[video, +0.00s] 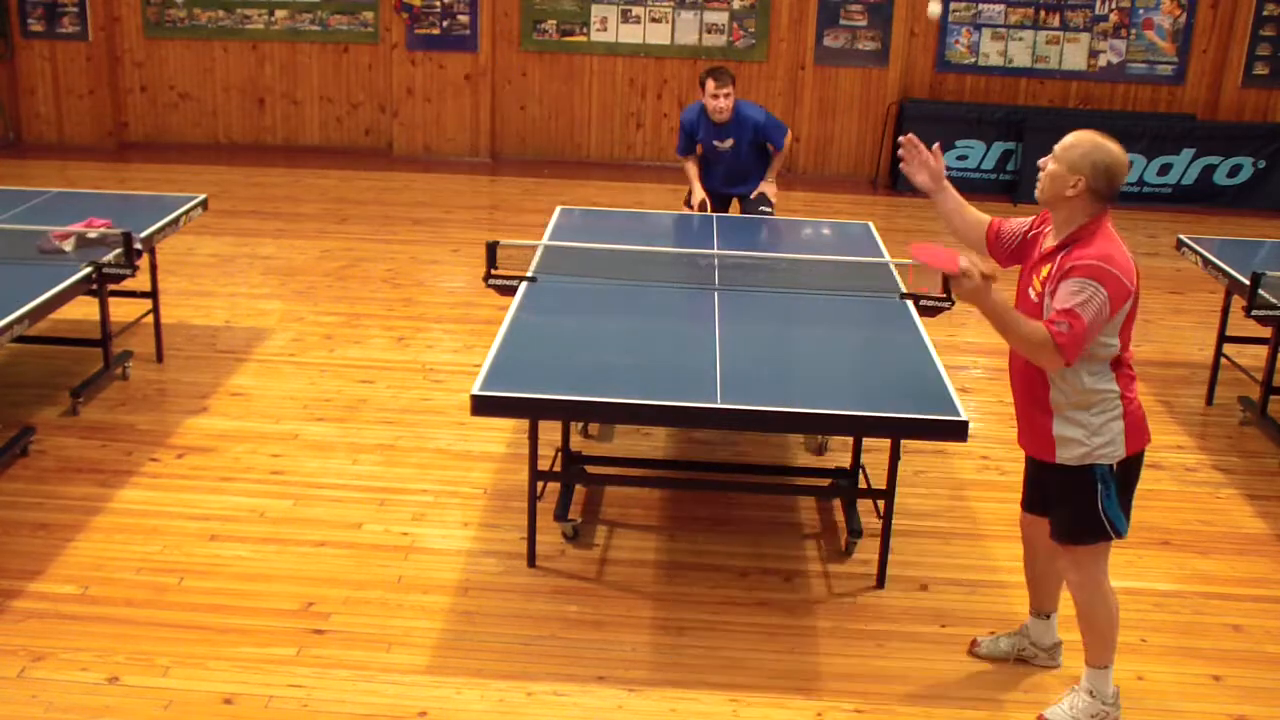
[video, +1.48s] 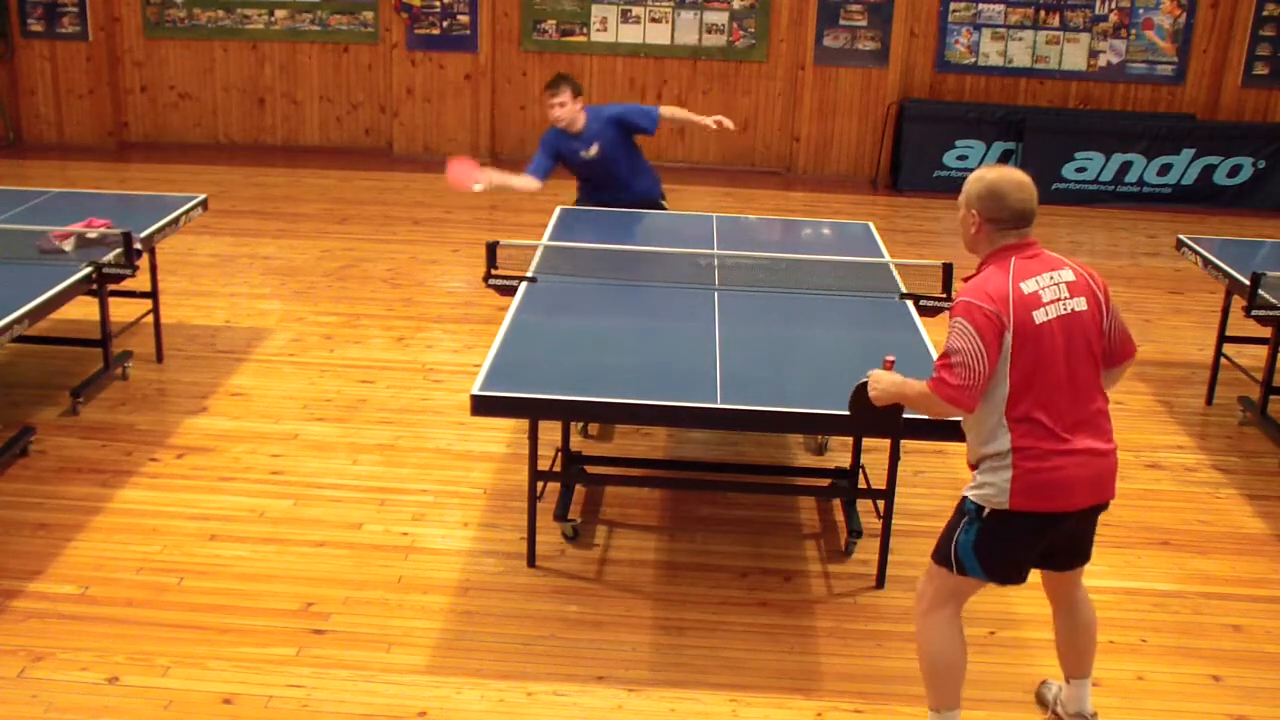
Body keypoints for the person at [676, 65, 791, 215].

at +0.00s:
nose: (722, 104)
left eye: (727, 96)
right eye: (715, 97)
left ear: (734, 95)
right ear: (703, 97)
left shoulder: (754, 117)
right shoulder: (691, 119)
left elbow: (784, 137)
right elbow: (688, 155)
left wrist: (770, 179)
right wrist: (696, 188)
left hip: (752, 182)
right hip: (714, 182)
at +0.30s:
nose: (721, 95)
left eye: (727, 88)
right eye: (714, 88)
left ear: (734, 88)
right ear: (703, 90)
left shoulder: (754, 112)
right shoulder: (691, 115)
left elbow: (783, 135)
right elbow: (688, 153)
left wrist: (770, 178)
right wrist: (694, 186)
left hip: (751, 181)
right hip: (713, 181)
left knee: (762, 230)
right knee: (700, 230)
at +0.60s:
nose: (705, 71)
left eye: (711, 64)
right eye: (698, 64)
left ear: (718, 66)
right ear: (687, 68)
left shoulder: (739, 97)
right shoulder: (675, 102)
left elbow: (759, 132)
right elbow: (669, 139)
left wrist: (750, 168)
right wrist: (671, 173)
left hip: (731, 179)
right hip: (692, 178)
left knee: (739, 238)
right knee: (676, 233)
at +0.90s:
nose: (690, 55)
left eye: (695, 49)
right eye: (683, 49)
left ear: (703, 51)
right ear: (673, 52)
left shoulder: (722, 85)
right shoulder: (657, 86)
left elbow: (737, 122)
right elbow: (644, 123)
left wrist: (723, 155)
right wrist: (643, 154)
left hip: (704, 174)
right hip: (663, 171)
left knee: (715, 231)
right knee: (641, 222)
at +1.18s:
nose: (643, 70)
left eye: (649, 63)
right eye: (638, 65)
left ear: (663, 63)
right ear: (632, 67)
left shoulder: (688, 91)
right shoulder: (630, 99)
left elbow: (727, 114)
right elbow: (603, 131)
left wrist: (728, 140)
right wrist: (560, 133)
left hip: (688, 182)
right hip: (647, 178)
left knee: (701, 245)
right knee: (615, 227)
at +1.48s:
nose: (555, 113)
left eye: (560, 106)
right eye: (550, 108)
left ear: (579, 102)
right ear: (547, 110)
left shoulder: (610, 117)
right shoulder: (554, 140)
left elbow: (662, 113)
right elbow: (532, 182)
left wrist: (703, 121)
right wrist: (494, 178)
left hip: (642, 201)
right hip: (595, 204)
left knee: (657, 259)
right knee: (572, 253)